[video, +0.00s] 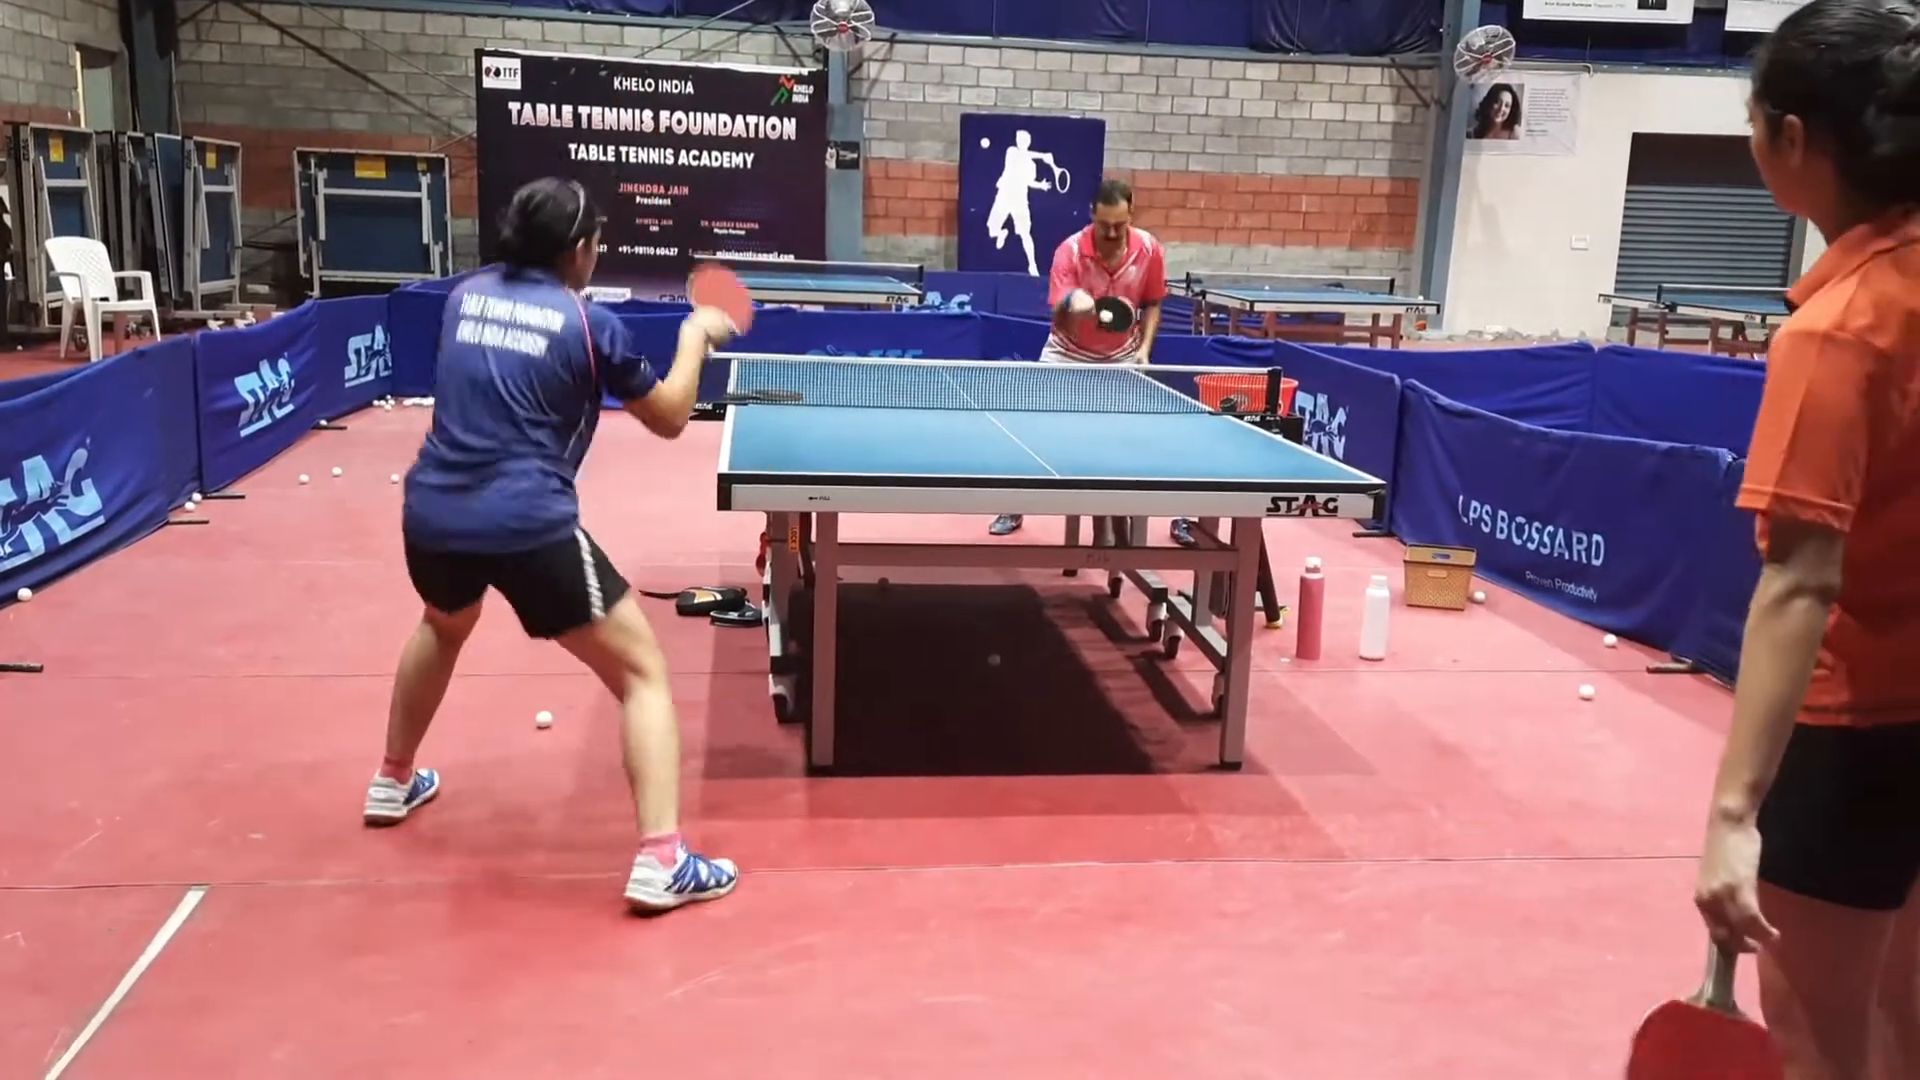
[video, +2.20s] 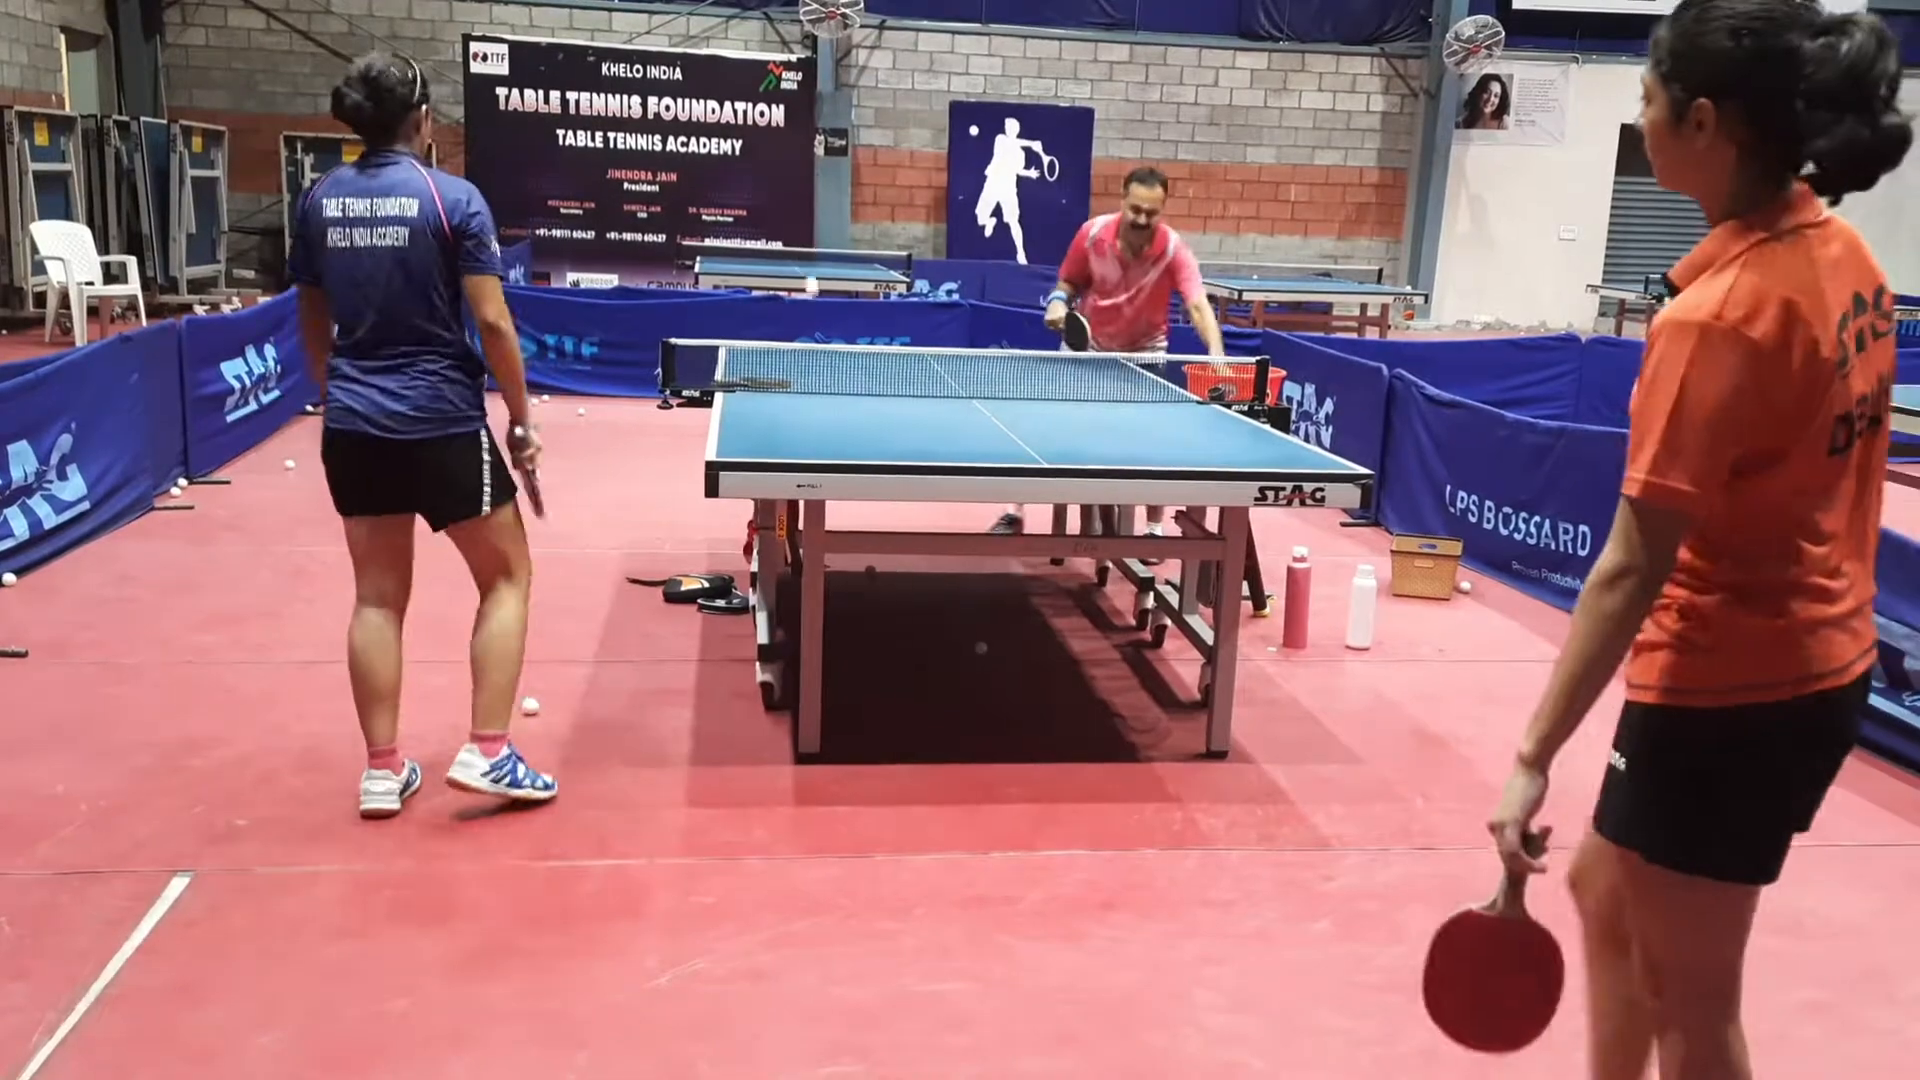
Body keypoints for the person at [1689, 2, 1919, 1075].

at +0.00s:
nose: (1755, 155)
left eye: (1757, 130)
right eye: (1757, 131)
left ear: (1800, 138)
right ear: (1905, 126)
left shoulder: (1844, 319)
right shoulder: (1903, 273)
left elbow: (1799, 583)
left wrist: (1734, 810)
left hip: (1852, 739)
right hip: (1913, 728)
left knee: (1816, 1033)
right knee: (1903, 1017)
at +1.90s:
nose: (1702, 100)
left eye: (1718, 82)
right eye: (1713, 78)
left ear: (1767, 119)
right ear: (1813, 123)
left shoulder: (1740, 302)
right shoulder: (1890, 255)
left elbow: (1686, 553)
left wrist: (1604, 737)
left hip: (1752, 697)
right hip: (1874, 678)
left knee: (1684, 989)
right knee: (1782, 924)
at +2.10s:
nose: (1664, 117)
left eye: (1674, 96)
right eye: (1669, 94)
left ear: (1725, 116)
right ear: (1782, 120)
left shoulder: (1719, 306)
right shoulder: (1866, 250)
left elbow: (1639, 559)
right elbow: (1878, 478)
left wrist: (1547, 747)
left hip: (1732, 698)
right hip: (1841, 674)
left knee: (1696, 1008)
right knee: (1696, 982)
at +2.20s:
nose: (1640, 136)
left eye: (1650, 113)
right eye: (1644, 113)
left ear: (1706, 124)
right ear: (1748, 123)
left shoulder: (1716, 317)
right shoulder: (1842, 252)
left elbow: (1630, 567)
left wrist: (1532, 754)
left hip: (1724, 696)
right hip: (1811, 669)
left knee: (1694, 1009)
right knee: (1600, 891)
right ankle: (1617, 1079)